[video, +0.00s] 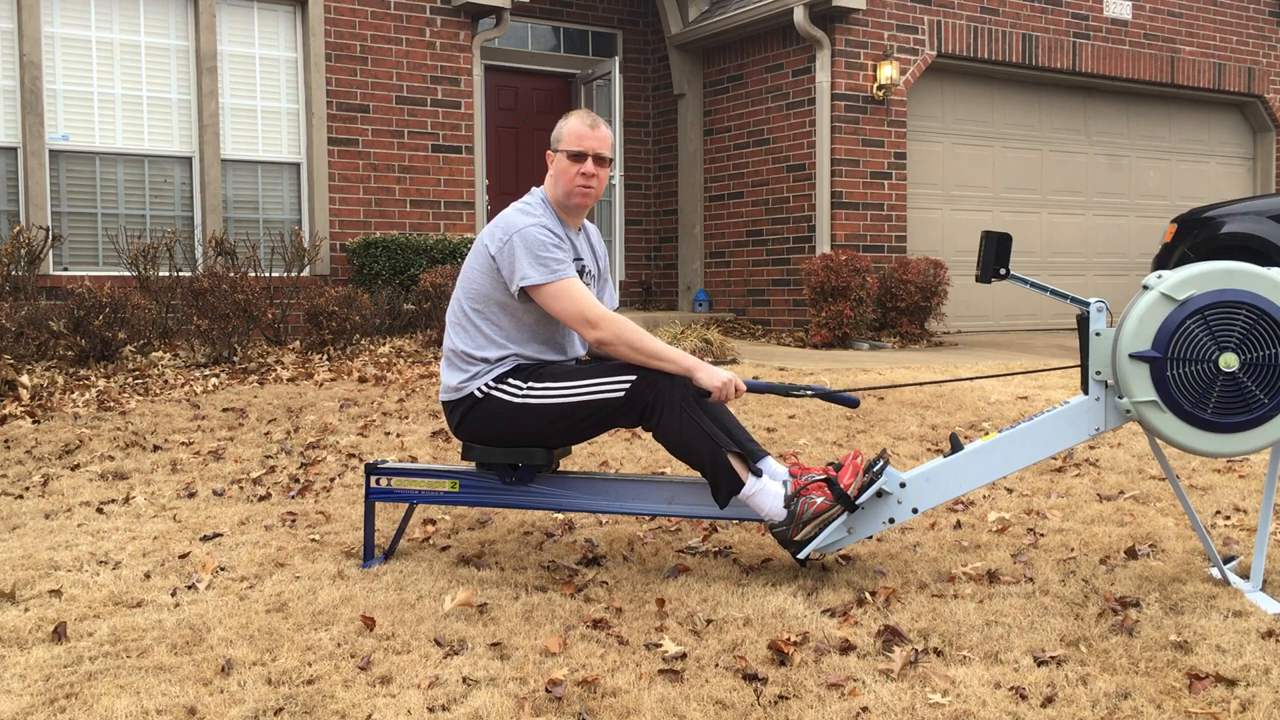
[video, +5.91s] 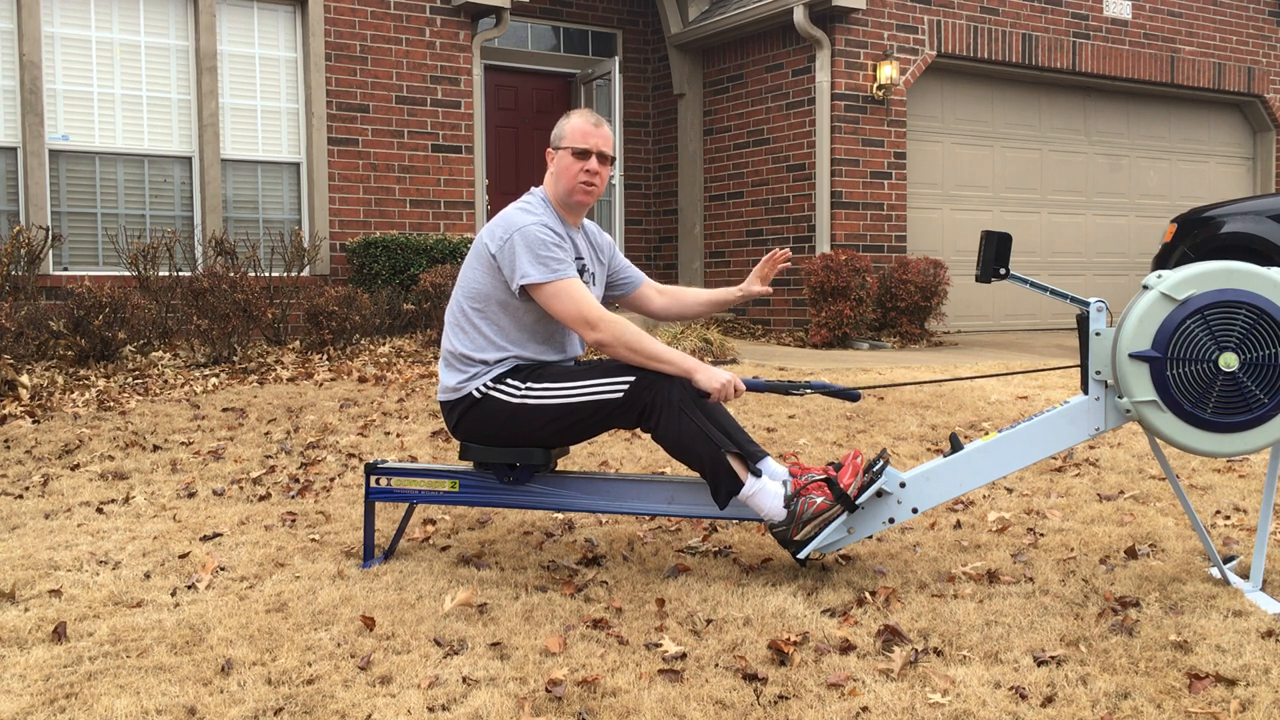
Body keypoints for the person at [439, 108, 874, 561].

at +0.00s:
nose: (589, 171)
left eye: (601, 162)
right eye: (576, 157)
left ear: (610, 171)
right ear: (549, 160)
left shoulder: (590, 240)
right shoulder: (524, 227)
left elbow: (602, 336)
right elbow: (595, 325)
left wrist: (694, 372)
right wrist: (694, 367)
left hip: (543, 376)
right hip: (489, 390)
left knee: (675, 378)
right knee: (653, 386)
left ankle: (786, 485)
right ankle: (777, 510)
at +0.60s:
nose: (592, 173)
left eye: (603, 164)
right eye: (579, 158)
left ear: (611, 173)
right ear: (551, 160)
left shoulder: (586, 238)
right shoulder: (524, 227)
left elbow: (604, 332)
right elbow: (595, 326)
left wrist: (695, 373)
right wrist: (696, 368)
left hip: (542, 375)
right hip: (488, 389)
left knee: (674, 378)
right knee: (652, 386)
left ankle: (785, 484)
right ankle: (776, 510)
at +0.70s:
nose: (592, 173)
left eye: (604, 165)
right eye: (580, 158)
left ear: (611, 174)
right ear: (551, 159)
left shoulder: (586, 239)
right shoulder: (525, 226)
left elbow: (597, 336)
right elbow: (595, 324)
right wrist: (698, 369)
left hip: (541, 376)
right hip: (488, 389)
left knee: (675, 376)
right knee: (652, 386)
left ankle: (785, 485)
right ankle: (776, 510)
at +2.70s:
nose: (585, 170)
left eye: (597, 161)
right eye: (573, 156)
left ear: (606, 170)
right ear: (545, 158)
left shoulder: (583, 236)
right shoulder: (523, 226)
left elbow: (614, 322)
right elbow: (594, 327)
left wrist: (676, 323)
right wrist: (697, 369)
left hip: (540, 376)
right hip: (487, 391)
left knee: (675, 377)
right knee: (651, 386)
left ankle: (787, 484)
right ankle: (777, 510)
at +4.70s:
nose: (592, 168)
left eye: (603, 160)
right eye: (580, 154)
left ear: (610, 171)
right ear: (548, 157)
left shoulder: (587, 239)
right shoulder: (524, 226)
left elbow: (636, 319)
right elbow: (593, 327)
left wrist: (693, 300)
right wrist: (698, 370)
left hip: (540, 377)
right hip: (487, 391)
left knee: (675, 377)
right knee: (650, 387)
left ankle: (787, 485)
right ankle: (776, 510)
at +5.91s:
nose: (593, 169)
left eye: (604, 161)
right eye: (581, 155)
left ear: (611, 171)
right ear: (550, 158)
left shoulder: (591, 238)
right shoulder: (525, 226)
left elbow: (655, 299)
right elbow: (594, 328)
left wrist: (743, 290)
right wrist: (699, 371)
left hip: (539, 377)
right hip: (487, 391)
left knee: (676, 378)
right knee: (650, 388)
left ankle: (786, 484)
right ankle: (776, 509)